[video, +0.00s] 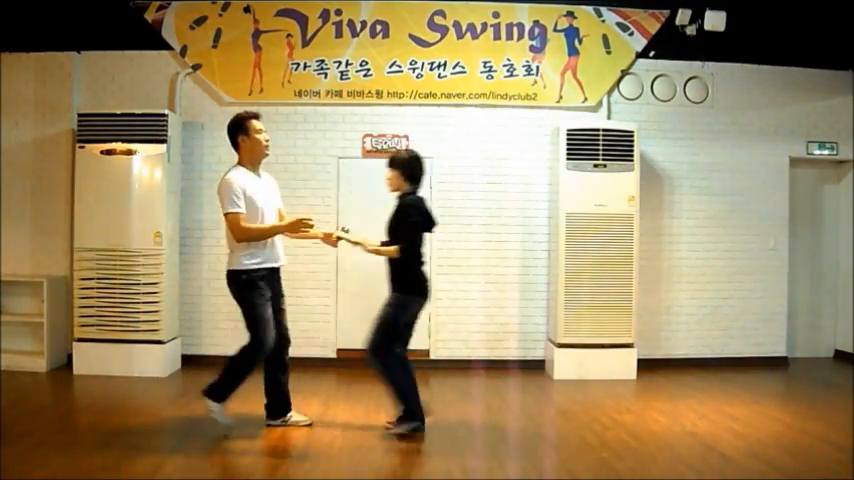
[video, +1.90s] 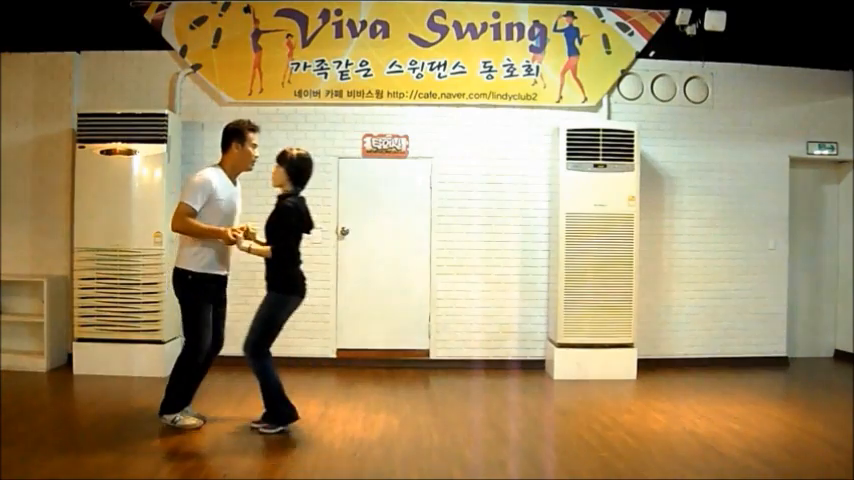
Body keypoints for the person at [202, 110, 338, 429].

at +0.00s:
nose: (267, 137)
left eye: (265, 132)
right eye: (260, 133)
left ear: (251, 141)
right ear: (241, 141)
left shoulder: (268, 181)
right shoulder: (231, 182)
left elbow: (281, 226)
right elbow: (239, 233)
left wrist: (318, 235)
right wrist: (285, 227)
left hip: (270, 271)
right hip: (246, 274)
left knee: (279, 341)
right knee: (263, 341)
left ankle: (278, 412)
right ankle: (215, 396)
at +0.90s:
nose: (273, 154)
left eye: (274, 149)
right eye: (269, 147)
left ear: (259, 149)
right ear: (249, 145)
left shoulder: (261, 189)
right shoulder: (221, 181)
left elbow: (299, 221)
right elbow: (216, 228)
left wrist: (339, 222)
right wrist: (260, 231)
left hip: (252, 276)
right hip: (227, 277)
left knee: (278, 334)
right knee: (255, 342)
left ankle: (270, 408)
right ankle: (247, 418)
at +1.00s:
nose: (266, 154)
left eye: (267, 148)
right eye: (262, 147)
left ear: (251, 149)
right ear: (241, 146)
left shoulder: (253, 189)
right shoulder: (216, 182)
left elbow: (286, 226)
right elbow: (216, 232)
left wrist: (329, 227)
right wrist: (263, 234)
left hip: (246, 276)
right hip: (222, 278)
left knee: (266, 338)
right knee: (253, 342)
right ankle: (247, 416)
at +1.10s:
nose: (259, 155)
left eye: (260, 149)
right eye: (255, 148)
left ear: (245, 151)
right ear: (234, 147)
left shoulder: (249, 192)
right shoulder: (211, 185)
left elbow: (272, 233)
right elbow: (212, 237)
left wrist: (314, 236)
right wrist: (258, 241)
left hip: (240, 279)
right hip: (217, 280)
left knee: (242, 345)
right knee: (250, 341)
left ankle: (188, 394)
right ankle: (247, 417)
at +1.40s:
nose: (246, 153)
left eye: (247, 147)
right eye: (242, 145)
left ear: (228, 148)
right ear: (222, 145)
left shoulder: (233, 186)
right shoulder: (197, 181)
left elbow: (241, 233)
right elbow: (194, 233)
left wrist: (276, 235)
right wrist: (240, 235)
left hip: (214, 274)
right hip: (193, 274)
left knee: (197, 344)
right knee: (220, 337)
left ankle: (169, 408)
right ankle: (201, 410)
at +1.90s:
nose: (256, 155)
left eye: (256, 148)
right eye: (252, 147)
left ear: (236, 149)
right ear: (232, 147)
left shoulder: (233, 186)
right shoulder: (205, 179)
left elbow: (217, 226)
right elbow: (178, 222)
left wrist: (239, 232)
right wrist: (221, 233)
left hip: (215, 278)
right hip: (192, 276)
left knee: (214, 343)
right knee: (198, 343)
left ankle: (180, 405)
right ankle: (171, 410)